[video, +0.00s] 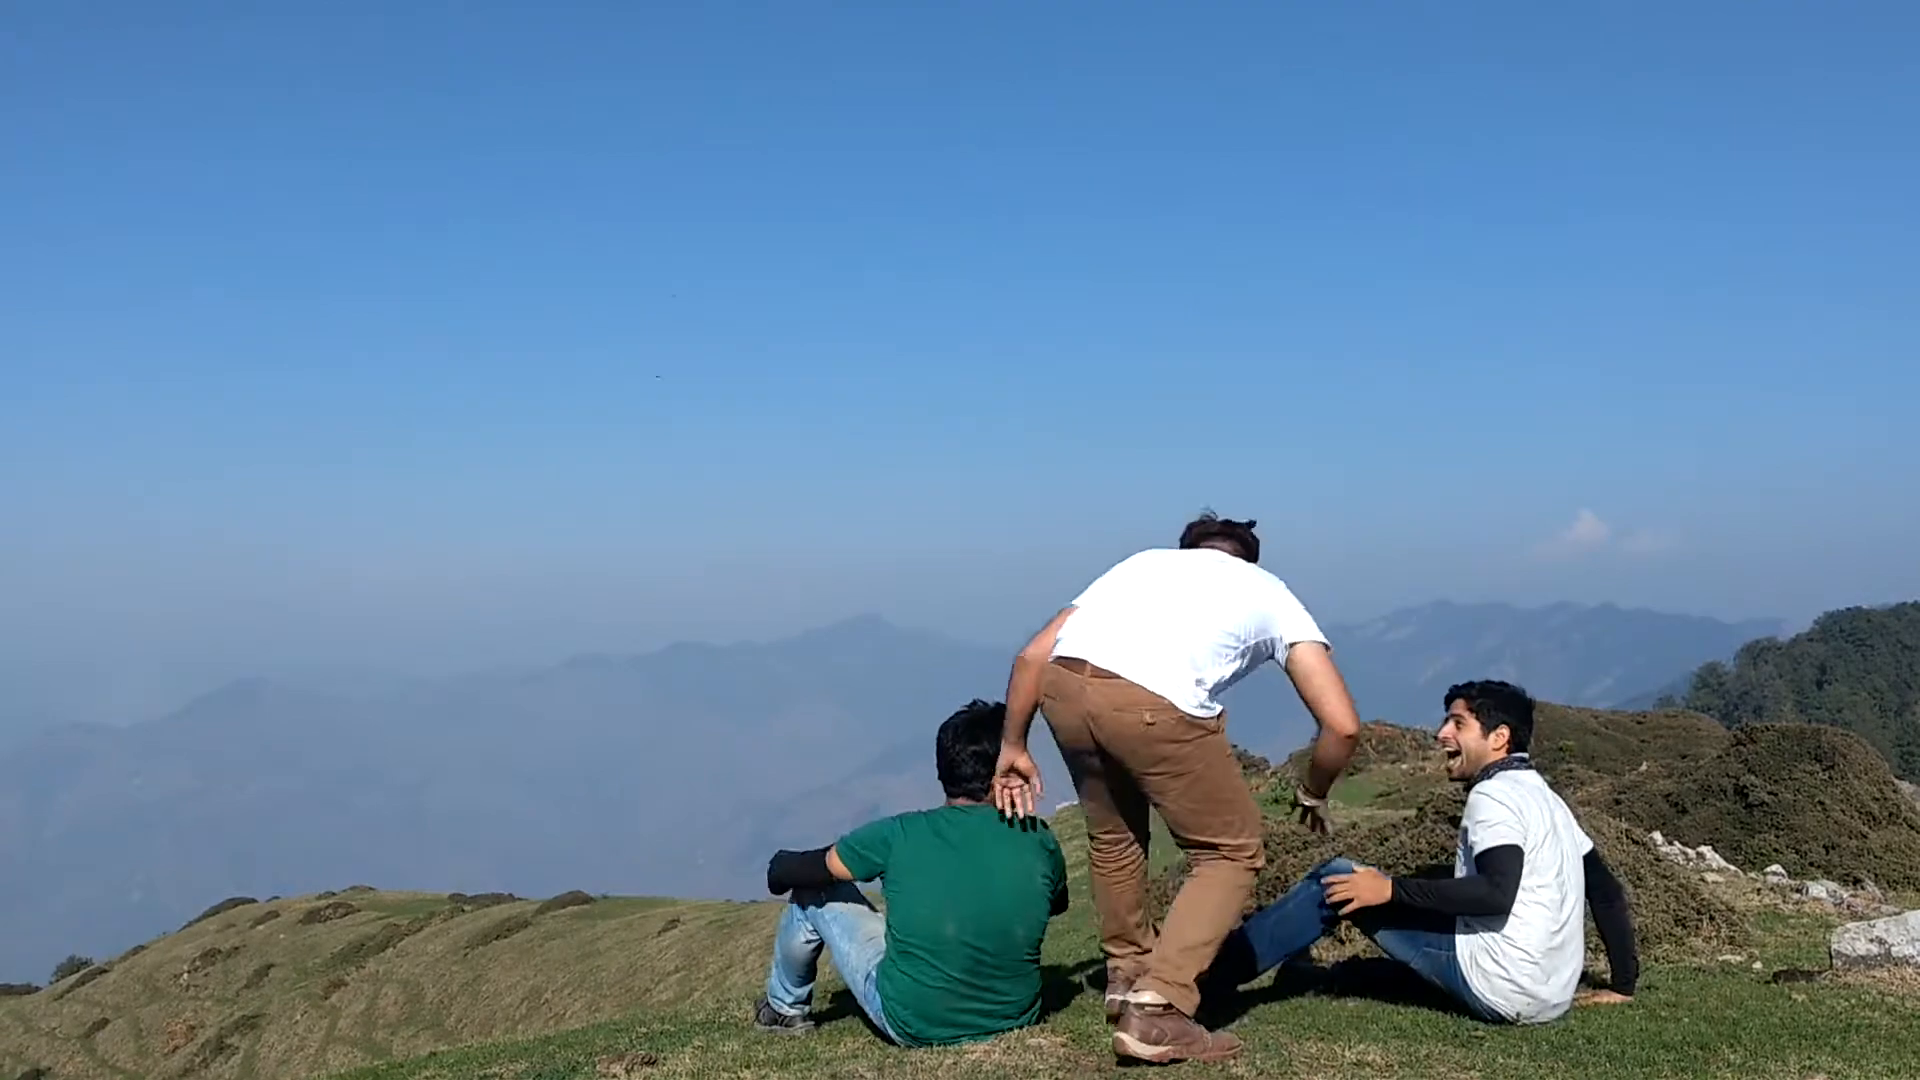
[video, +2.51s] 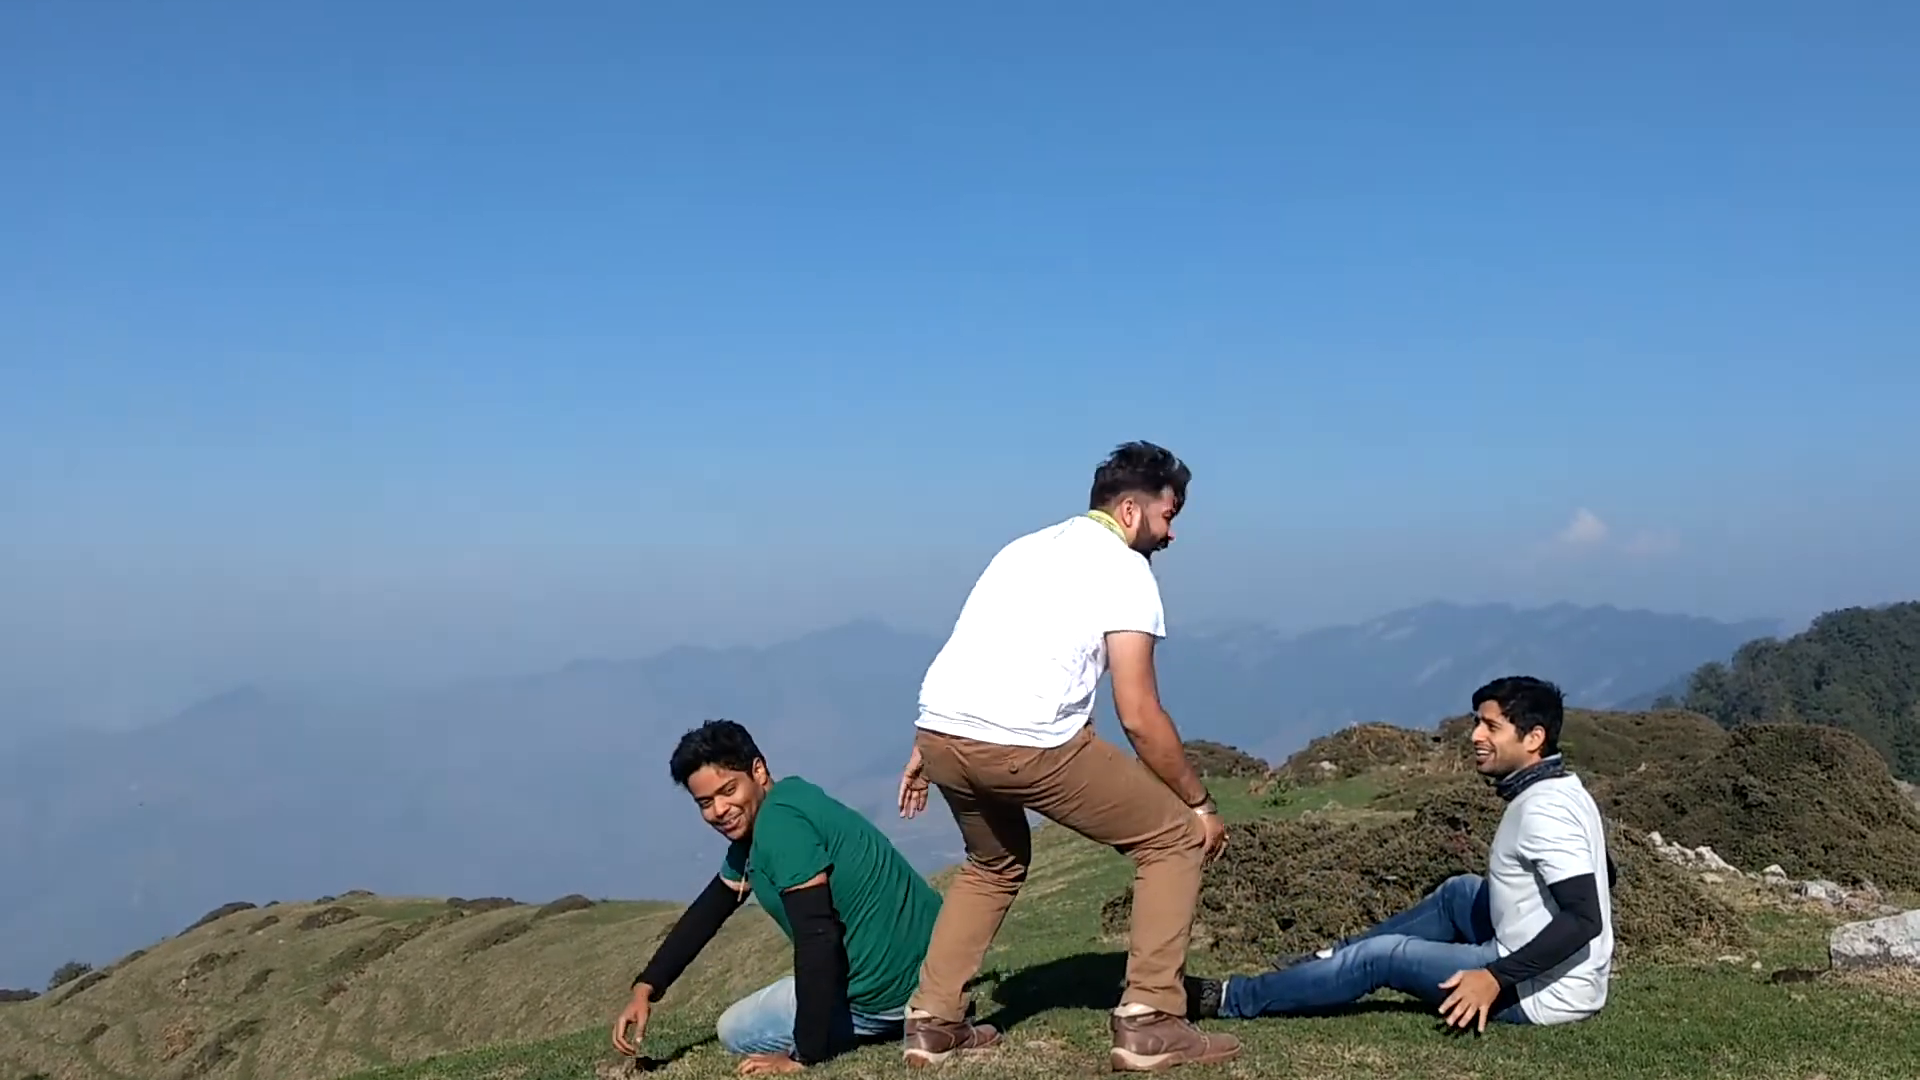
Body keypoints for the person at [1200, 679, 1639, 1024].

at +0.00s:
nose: (1442, 734)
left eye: (1457, 723)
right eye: (1446, 721)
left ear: (1500, 739)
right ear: (1504, 745)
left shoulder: (1493, 795)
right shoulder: (1548, 797)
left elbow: (1496, 893)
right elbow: (1608, 894)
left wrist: (1391, 890)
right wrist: (1626, 984)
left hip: (1498, 986)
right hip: (1549, 995)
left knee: (1337, 877)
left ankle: (1204, 978)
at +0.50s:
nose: (1448, 727)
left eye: (1464, 715)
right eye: (1451, 714)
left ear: (1507, 733)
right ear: (1507, 738)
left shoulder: (1497, 790)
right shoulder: (1543, 784)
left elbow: (1528, 895)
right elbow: (1591, 878)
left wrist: (1508, 1011)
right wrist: (1589, 973)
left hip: (1491, 979)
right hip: (1546, 988)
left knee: (1335, 879)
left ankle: (1211, 975)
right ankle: (1333, 979)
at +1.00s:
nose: (1463, 719)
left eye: (1478, 708)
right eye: (1466, 706)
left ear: (1522, 719)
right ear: (1522, 721)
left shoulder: (1520, 790)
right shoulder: (1564, 773)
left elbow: (1535, 902)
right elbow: (1589, 880)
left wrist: (1513, 1013)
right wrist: (1591, 977)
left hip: (1516, 971)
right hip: (1557, 964)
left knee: (1355, 903)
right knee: (1456, 869)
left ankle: (1218, 985)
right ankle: (1351, 966)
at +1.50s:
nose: (1480, 718)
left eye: (1495, 706)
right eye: (1481, 705)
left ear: (1539, 718)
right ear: (1537, 720)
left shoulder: (1534, 792)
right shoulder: (1572, 775)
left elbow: (1540, 904)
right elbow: (1591, 883)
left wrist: (1513, 1013)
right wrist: (1592, 976)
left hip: (1516, 971)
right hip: (1555, 966)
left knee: (1360, 907)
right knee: (1457, 868)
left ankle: (1218, 983)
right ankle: (1349, 966)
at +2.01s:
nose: (1481, 735)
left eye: (1496, 724)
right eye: (1482, 722)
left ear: (1540, 738)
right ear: (1541, 740)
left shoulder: (1544, 807)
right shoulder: (1572, 787)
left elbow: (1583, 916)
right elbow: (1627, 874)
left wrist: (1512, 994)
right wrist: (1588, 928)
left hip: (1536, 986)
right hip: (1557, 959)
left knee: (1378, 956)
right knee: (1459, 887)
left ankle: (1226, 996)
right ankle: (1342, 958)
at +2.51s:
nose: (1476, 737)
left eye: (1491, 726)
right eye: (1477, 724)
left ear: (1535, 738)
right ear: (1533, 741)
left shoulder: (1543, 810)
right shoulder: (1560, 790)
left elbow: (1582, 921)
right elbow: (1604, 877)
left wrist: (1496, 977)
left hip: (1542, 992)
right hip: (1557, 967)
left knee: (1380, 954)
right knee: (1460, 892)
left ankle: (1221, 998)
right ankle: (1349, 958)